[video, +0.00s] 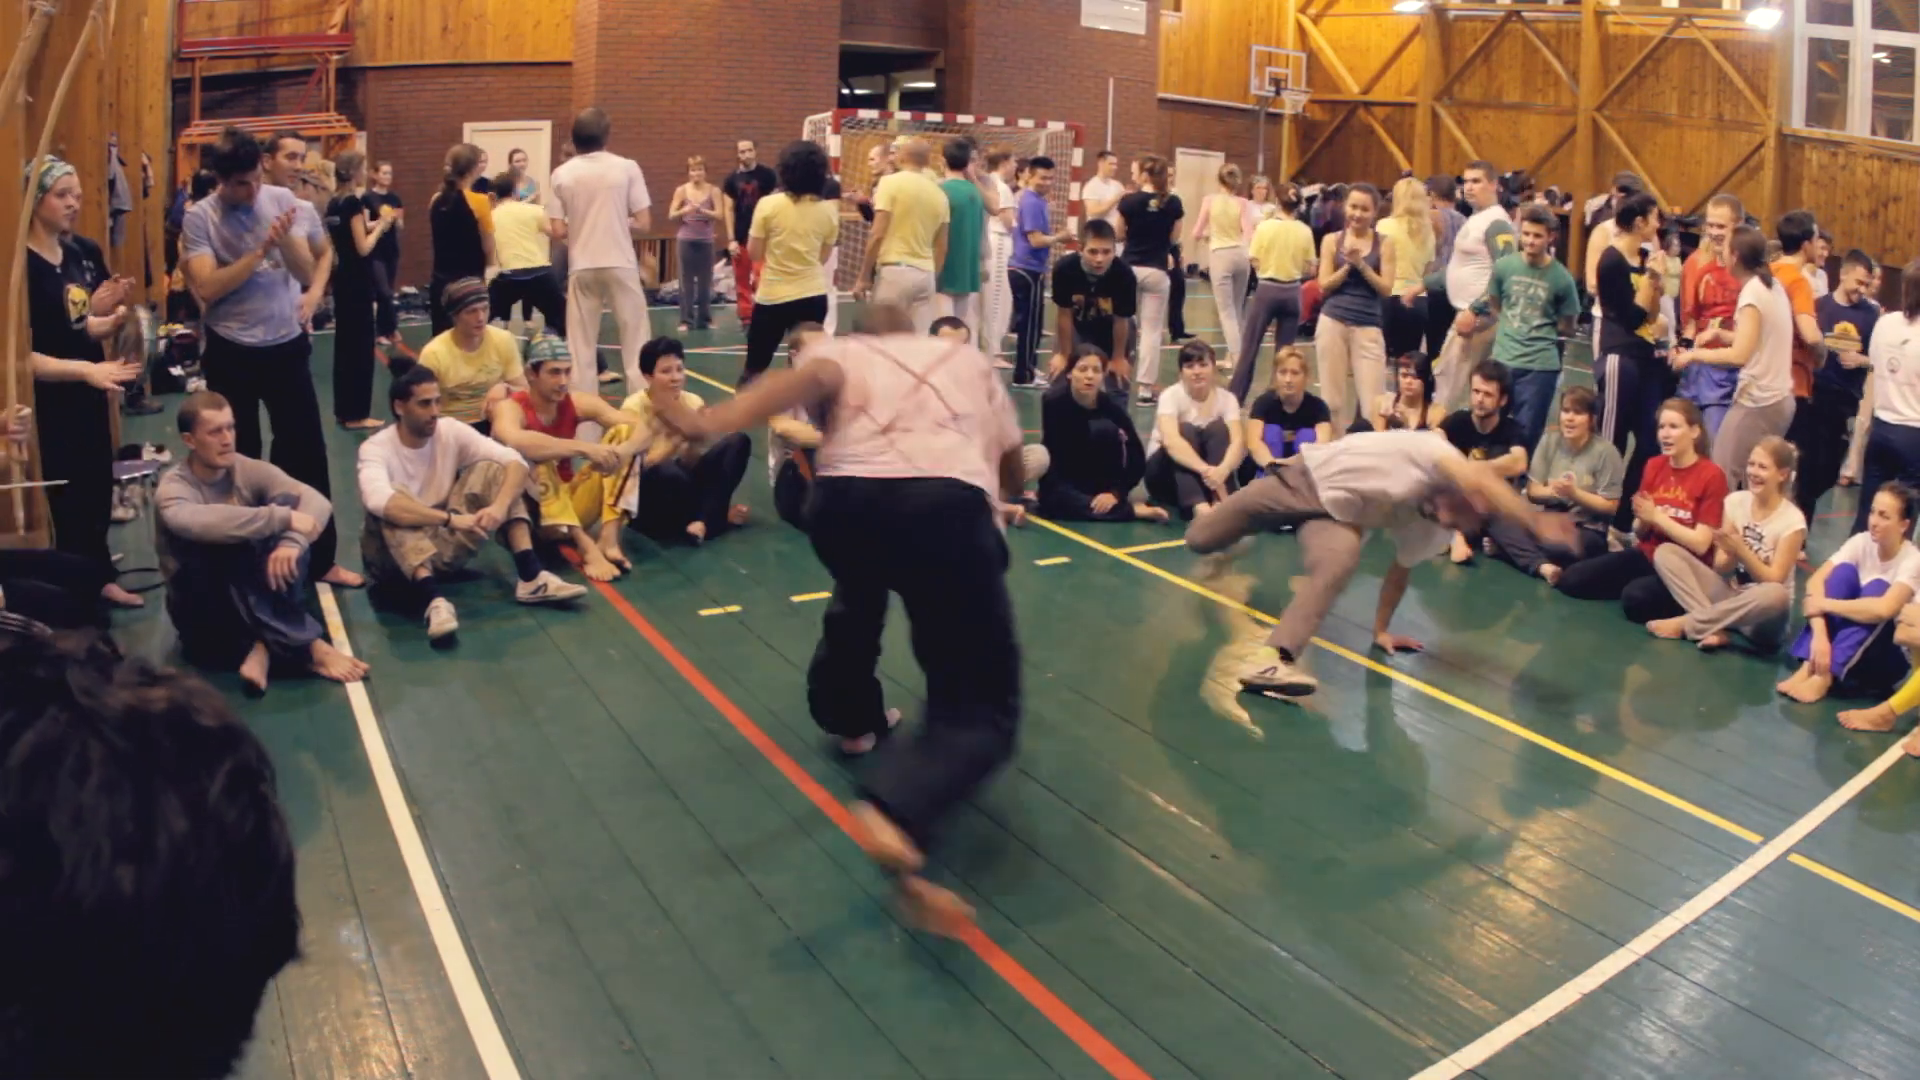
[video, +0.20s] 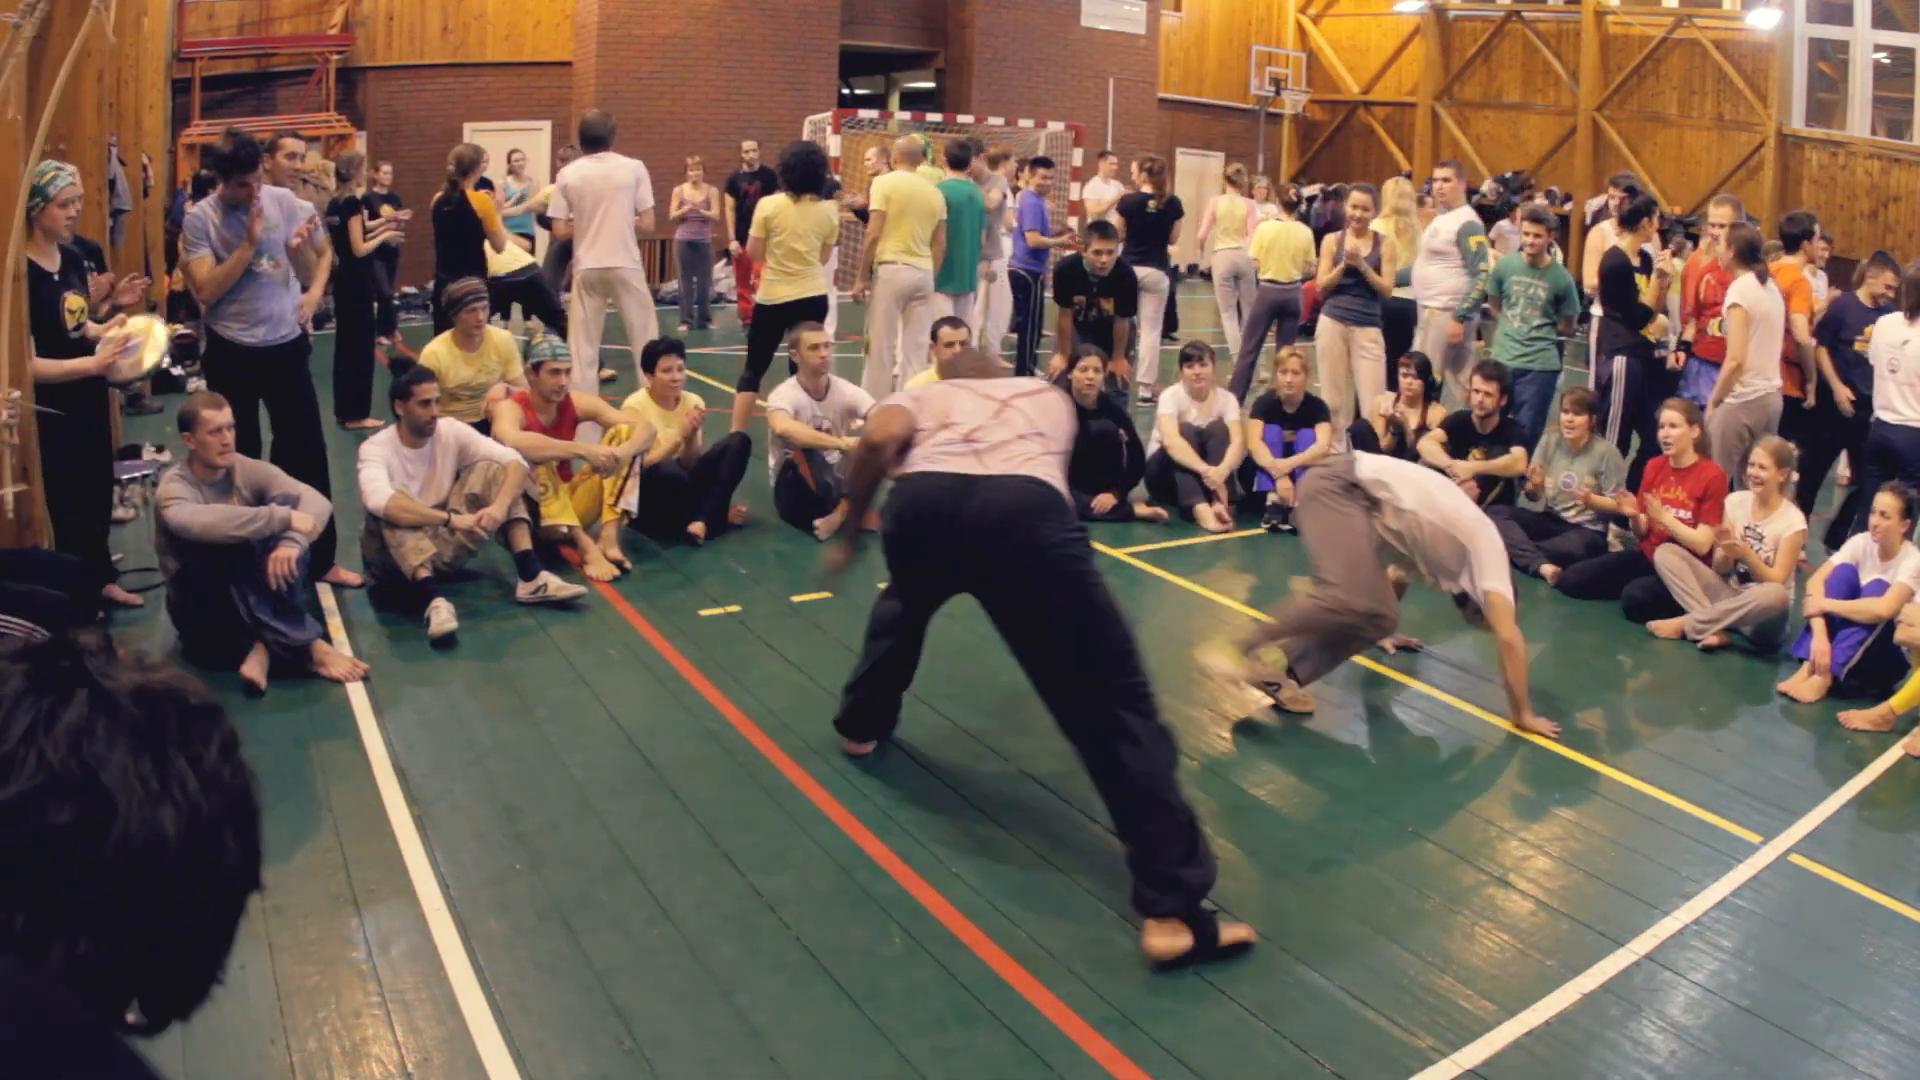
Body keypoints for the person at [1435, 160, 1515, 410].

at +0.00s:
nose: (1468, 188)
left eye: (1475, 182)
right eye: (1465, 182)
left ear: (1494, 185)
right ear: (1461, 186)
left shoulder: (1496, 221)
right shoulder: (1475, 218)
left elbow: (1507, 275)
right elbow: (1459, 268)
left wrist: (1476, 311)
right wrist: (1423, 285)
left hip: (1480, 315)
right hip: (1466, 312)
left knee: (1448, 375)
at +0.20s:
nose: (1439, 186)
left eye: (1446, 180)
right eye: (1435, 181)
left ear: (1462, 184)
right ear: (1431, 185)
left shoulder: (1468, 221)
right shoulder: (1440, 219)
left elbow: (1483, 273)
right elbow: (1426, 266)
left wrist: (1461, 317)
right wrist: (1391, 279)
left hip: (1451, 311)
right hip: (1427, 307)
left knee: (1452, 382)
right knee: (1420, 375)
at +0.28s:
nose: (1427, 184)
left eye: (1434, 178)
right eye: (1423, 178)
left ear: (1451, 182)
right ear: (1418, 183)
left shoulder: (1455, 221)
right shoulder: (1425, 215)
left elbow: (1468, 274)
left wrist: (1448, 318)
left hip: (1435, 304)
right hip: (1415, 301)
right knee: (1406, 370)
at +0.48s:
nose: (1398, 180)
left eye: (1405, 174)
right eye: (1394, 174)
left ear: (1420, 178)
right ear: (1390, 177)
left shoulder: (1425, 217)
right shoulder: (1390, 213)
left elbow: (1433, 272)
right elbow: (1375, 255)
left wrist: (1411, 315)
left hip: (1407, 302)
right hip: (1381, 299)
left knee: (1408, 373)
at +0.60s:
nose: (1379, 178)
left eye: (1386, 172)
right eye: (1374, 172)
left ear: (1402, 176)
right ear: (1369, 176)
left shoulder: (1408, 215)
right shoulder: (1372, 210)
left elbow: (1416, 270)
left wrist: (1393, 312)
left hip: (1394, 303)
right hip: (1368, 299)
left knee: (1390, 371)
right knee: (1365, 368)